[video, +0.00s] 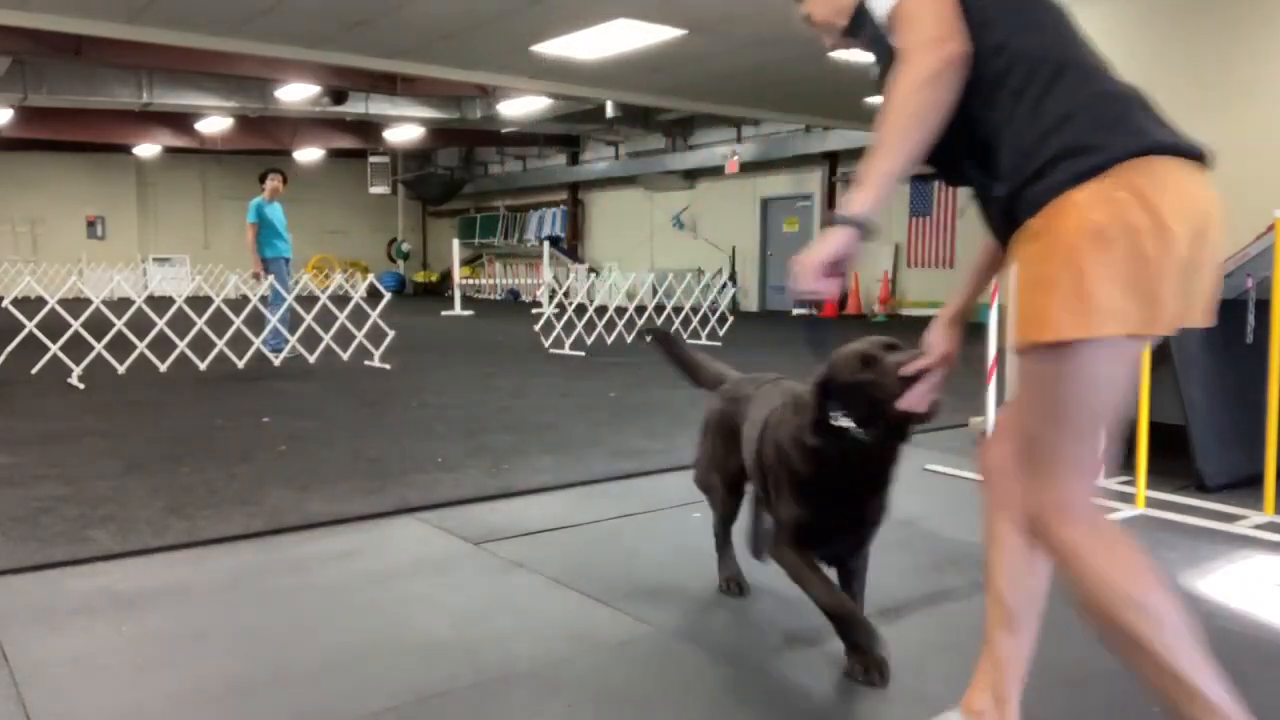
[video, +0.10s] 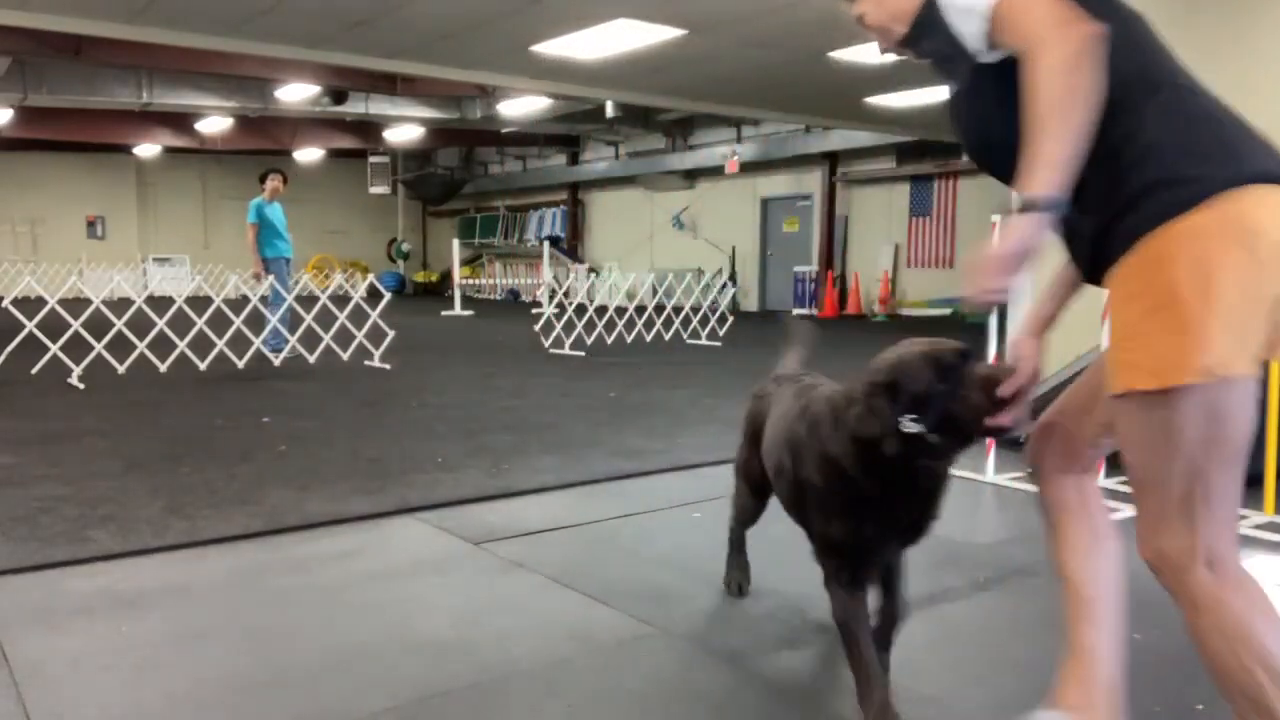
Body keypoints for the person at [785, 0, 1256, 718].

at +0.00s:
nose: (804, 13)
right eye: (799, 8)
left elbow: (938, 52)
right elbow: (1025, 190)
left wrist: (850, 219)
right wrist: (952, 314)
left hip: (1106, 197)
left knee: (1059, 506)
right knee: (1008, 461)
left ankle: (1222, 709)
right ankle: (993, 703)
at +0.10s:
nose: (863, 26)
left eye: (858, 9)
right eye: (856, 19)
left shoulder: (957, 5)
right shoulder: (990, 75)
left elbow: (1068, 33)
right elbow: (1107, 208)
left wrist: (1032, 206)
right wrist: (1034, 329)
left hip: (1205, 225)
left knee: (1190, 548)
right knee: (1064, 446)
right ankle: (1089, 700)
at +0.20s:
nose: (910, 20)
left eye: (904, 1)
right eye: (902, 12)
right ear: (933, 11)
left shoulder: (1032, 7)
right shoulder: (1030, 53)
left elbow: (1180, 11)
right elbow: (1159, 178)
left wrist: (1233, 160)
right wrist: (1128, 310)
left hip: (1252, 217)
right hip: (1216, 232)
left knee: (1215, 536)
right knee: (1129, 452)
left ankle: (1261, 697)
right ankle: (1262, 639)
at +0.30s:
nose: (952, 7)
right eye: (945, 5)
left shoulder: (1068, 5)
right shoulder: (1061, 30)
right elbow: (1208, 133)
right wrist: (1184, 301)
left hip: (1269, 213)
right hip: (1253, 227)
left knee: (1264, 514)